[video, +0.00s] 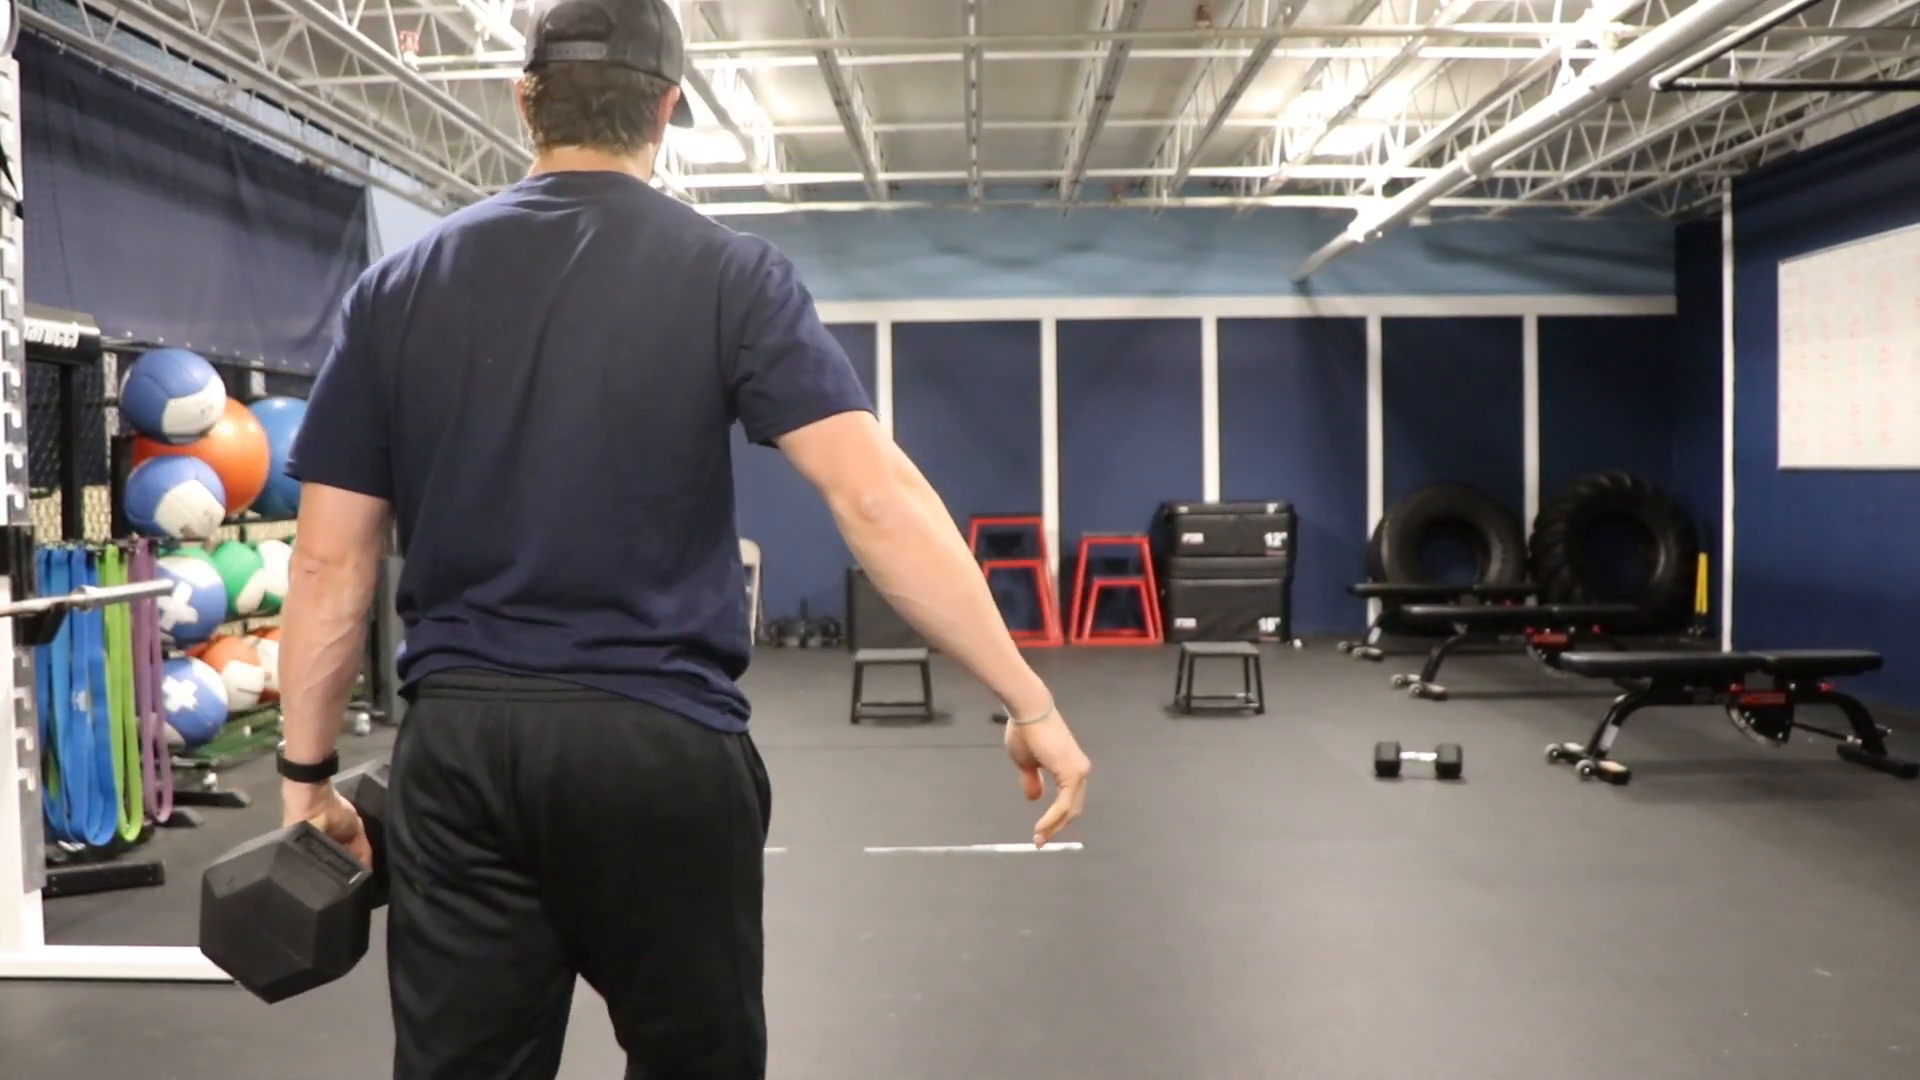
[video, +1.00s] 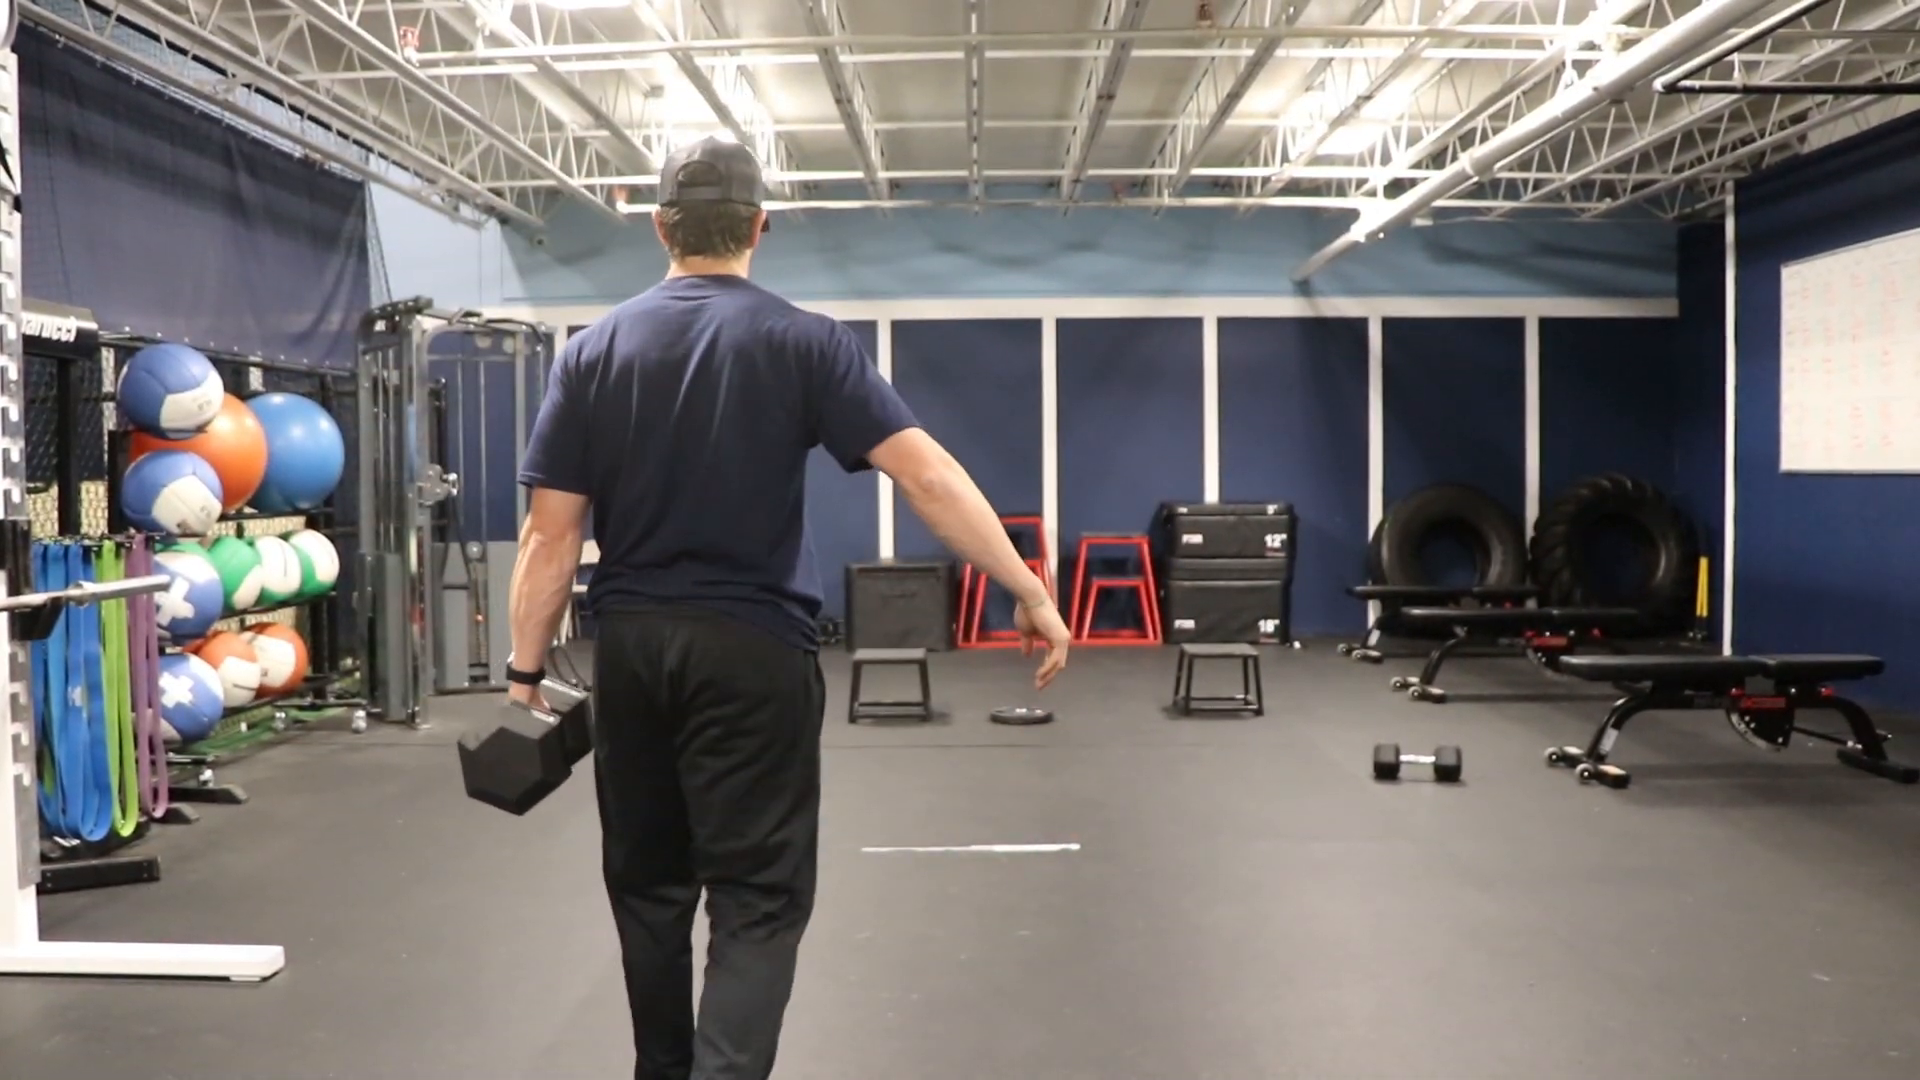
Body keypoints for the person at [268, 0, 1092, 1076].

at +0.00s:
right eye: (672, 99)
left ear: (527, 103)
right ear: (668, 111)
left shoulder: (400, 286)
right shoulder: (730, 271)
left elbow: (330, 553)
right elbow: (872, 490)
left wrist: (304, 769)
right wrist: (1028, 699)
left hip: (457, 740)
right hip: (663, 747)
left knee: (458, 1064)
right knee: (700, 1062)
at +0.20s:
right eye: (692, 132)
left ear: (570, 147)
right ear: (695, 154)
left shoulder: (454, 310)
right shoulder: (754, 299)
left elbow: (388, 557)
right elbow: (887, 487)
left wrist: (359, 752)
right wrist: (1044, 680)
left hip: (496, 725)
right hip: (689, 730)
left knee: (484, 1060)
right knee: (700, 1060)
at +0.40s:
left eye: (636, 154)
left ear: (634, 170)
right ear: (762, 179)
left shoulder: (530, 317)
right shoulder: (802, 324)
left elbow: (464, 538)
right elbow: (926, 505)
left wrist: (419, 719)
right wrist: (1057, 684)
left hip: (556, 702)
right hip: (727, 709)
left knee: (526, 1027)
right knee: (712, 1024)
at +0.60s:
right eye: (786, 178)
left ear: (673, 185)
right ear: (786, 192)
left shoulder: (576, 315)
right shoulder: (830, 331)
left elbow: (514, 517)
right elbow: (954, 505)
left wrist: (473, 686)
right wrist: (1042, 639)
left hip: (592, 666)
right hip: (744, 671)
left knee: (584, 941)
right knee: (726, 959)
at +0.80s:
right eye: (778, 195)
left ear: (673, 209)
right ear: (783, 209)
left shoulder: (591, 336)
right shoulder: (826, 343)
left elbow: (538, 527)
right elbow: (954, 503)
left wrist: (507, 684)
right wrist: (1025, 615)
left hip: (615, 656)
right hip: (754, 663)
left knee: (625, 926)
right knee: (734, 932)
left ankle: (643, 1071)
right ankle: (713, 1075)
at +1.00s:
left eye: (668, 217)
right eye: (758, 217)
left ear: (661, 228)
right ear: (759, 228)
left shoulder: (596, 350)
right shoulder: (809, 343)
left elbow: (551, 534)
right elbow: (924, 472)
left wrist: (524, 680)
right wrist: (1027, 587)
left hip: (629, 646)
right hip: (753, 650)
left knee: (650, 894)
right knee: (758, 900)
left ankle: (664, 1070)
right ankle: (725, 1071)